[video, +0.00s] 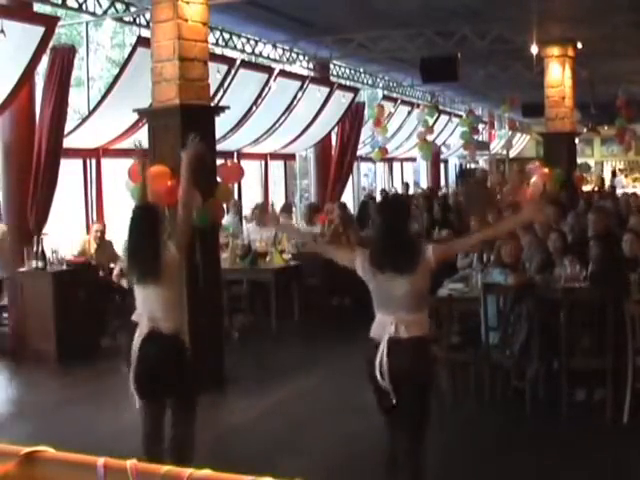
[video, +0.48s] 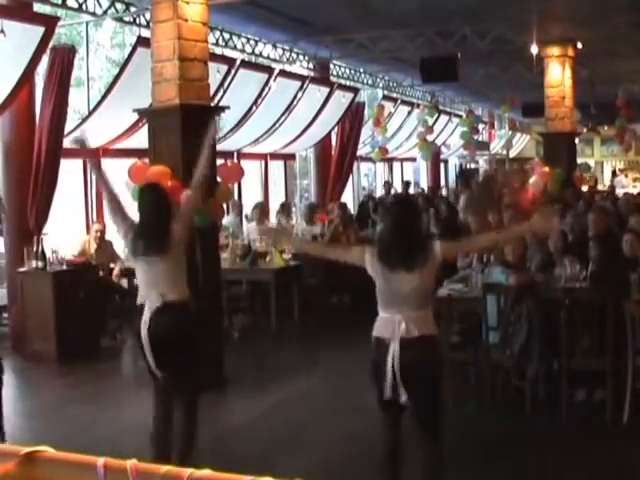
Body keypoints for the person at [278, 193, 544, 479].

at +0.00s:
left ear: (377, 225)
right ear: (409, 222)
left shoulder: (363, 261)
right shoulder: (428, 255)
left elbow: (316, 246)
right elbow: (478, 238)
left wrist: (278, 224)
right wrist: (523, 217)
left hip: (384, 346)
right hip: (419, 344)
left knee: (394, 422)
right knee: (418, 420)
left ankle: (396, 469)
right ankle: (416, 469)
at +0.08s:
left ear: (380, 226)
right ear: (413, 224)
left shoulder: (369, 262)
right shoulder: (430, 256)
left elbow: (331, 253)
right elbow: (475, 244)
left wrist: (304, 245)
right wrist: (524, 228)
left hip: (383, 347)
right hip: (417, 347)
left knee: (393, 419)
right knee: (420, 417)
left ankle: (396, 465)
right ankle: (416, 466)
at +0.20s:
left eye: (390, 217)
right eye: (418, 215)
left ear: (385, 225)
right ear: (418, 223)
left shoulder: (371, 256)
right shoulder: (434, 251)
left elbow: (325, 246)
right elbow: (482, 239)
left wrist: (290, 236)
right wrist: (528, 225)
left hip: (387, 340)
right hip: (422, 340)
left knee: (393, 416)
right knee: (426, 414)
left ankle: (397, 469)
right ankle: (430, 469)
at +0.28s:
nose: (376, 227)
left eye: (380, 223)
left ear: (384, 229)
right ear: (418, 225)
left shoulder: (373, 260)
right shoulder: (437, 253)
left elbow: (328, 250)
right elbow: (485, 240)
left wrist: (294, 241)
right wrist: (532, 222)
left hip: (387, 344)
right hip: (425, 342)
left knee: (395, 423)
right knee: (431, 423)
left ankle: (398, 471)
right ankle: (434, 470)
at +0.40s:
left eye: (386, 220)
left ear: (385, 227)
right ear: (420, 226)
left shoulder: (372, 261)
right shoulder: (437, 259)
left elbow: (328, 254)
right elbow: (485, 247)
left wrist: (290, 245)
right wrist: (529, 230)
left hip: (387, 345)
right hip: (425, 343)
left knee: (395, 417)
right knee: (430, 418)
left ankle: (395, 470)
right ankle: (434, 469)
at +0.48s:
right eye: (415, 216)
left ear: (384, 224)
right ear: (418, 222)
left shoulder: (370, 256)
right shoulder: (435, 252)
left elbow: (330, 251)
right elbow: (482, 242)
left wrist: (291, 242)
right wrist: (529, 227)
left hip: (385, 338)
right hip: (422, 337)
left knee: (389, 416)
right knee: (429, 415)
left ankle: (391, 469)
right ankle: (434, 465)